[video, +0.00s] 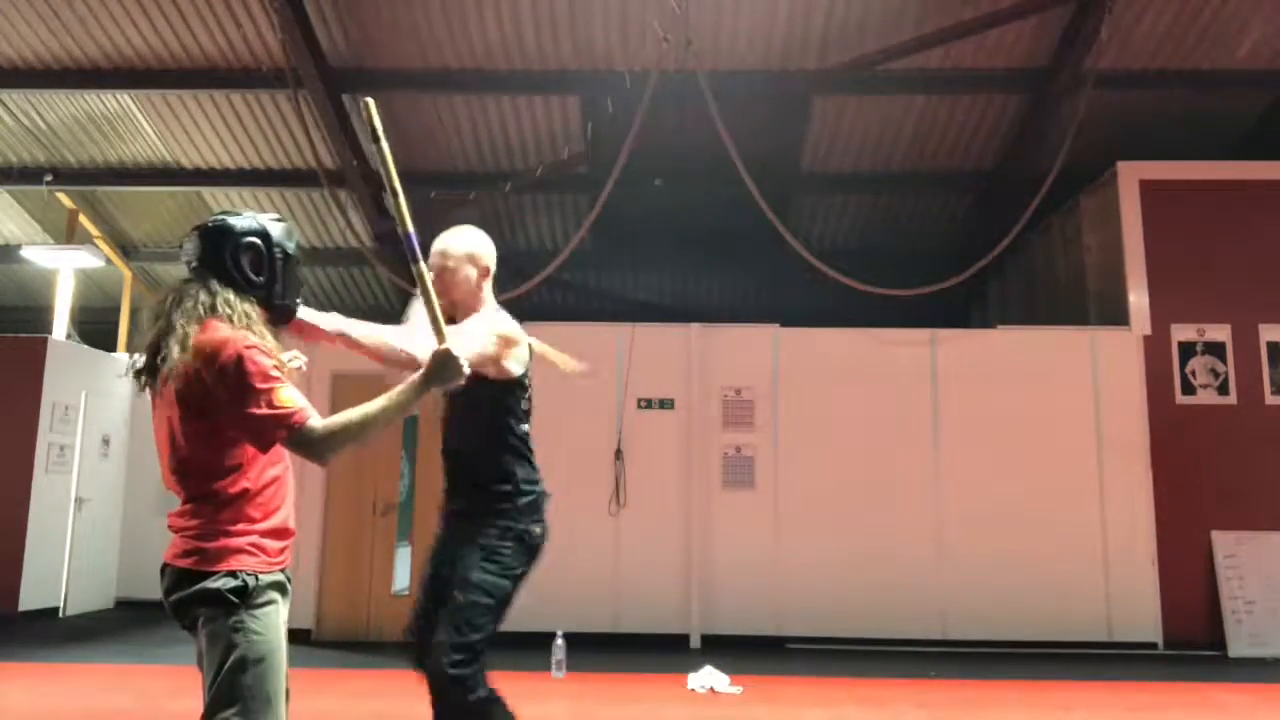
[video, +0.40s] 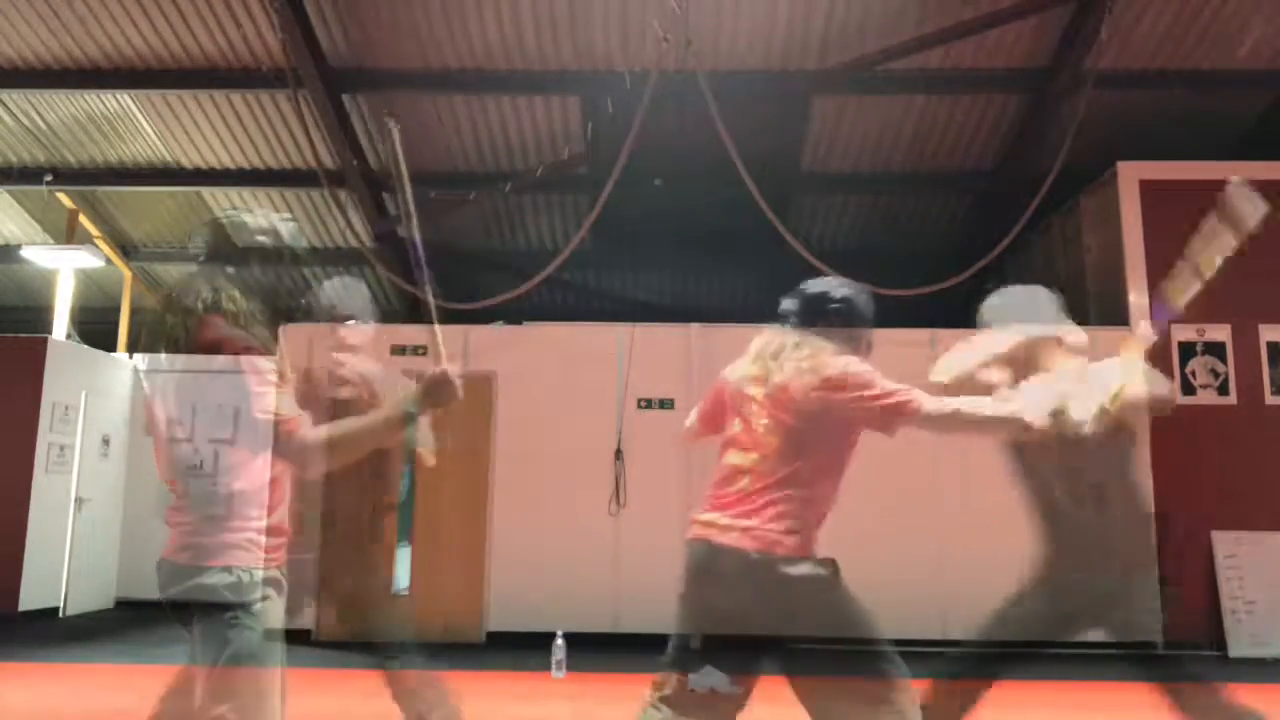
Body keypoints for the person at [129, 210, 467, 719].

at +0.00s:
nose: (290, 282)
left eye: (288, 268)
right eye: (282, 266)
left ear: (221, 268)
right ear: (252, 266)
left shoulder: (187, 342)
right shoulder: (231, 347)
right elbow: (321, 443)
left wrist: (264, 372)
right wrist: (423, 382)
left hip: (212, 571)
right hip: (238, 577)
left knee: (238, 710)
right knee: (251, 713)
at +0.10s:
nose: (295, 282)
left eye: (293, 268)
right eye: (288, 266)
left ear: (232, 266)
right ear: (255, 264)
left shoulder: (193, 338)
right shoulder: (235, 347)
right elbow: (319, 441)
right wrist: (422, 385)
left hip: (214, 567)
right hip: (237, 573)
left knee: (270, 700)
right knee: (246, 712)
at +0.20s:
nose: (294, 279)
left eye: (293, 265)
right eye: (288, 264)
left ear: (224, 265)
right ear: (259, 263)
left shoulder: (190, 339)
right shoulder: (236, 349)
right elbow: (321, 444)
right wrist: (422, 388)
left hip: (207, 562)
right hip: (239, 570)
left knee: (240, 707)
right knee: (245, 711)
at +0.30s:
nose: (299, 282)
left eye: (297, 267)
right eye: (291, 267)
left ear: (217, 265)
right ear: (265, 270)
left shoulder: (179, 353)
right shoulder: (241, 359)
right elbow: (311, 450)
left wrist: (331, 403)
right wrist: (417, 397)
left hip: (193, 565)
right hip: (239, 575)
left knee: (215, 695)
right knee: (246, 712)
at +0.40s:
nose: (265, 354)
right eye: (259, 344)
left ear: (191, 338)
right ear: (247, 337)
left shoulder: (169, 385)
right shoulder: (254, 376)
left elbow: (173, 476)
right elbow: (309, 450)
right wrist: (412, 404)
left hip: (183, 568)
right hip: (240, 577)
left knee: (209, 693)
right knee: (253, 712)